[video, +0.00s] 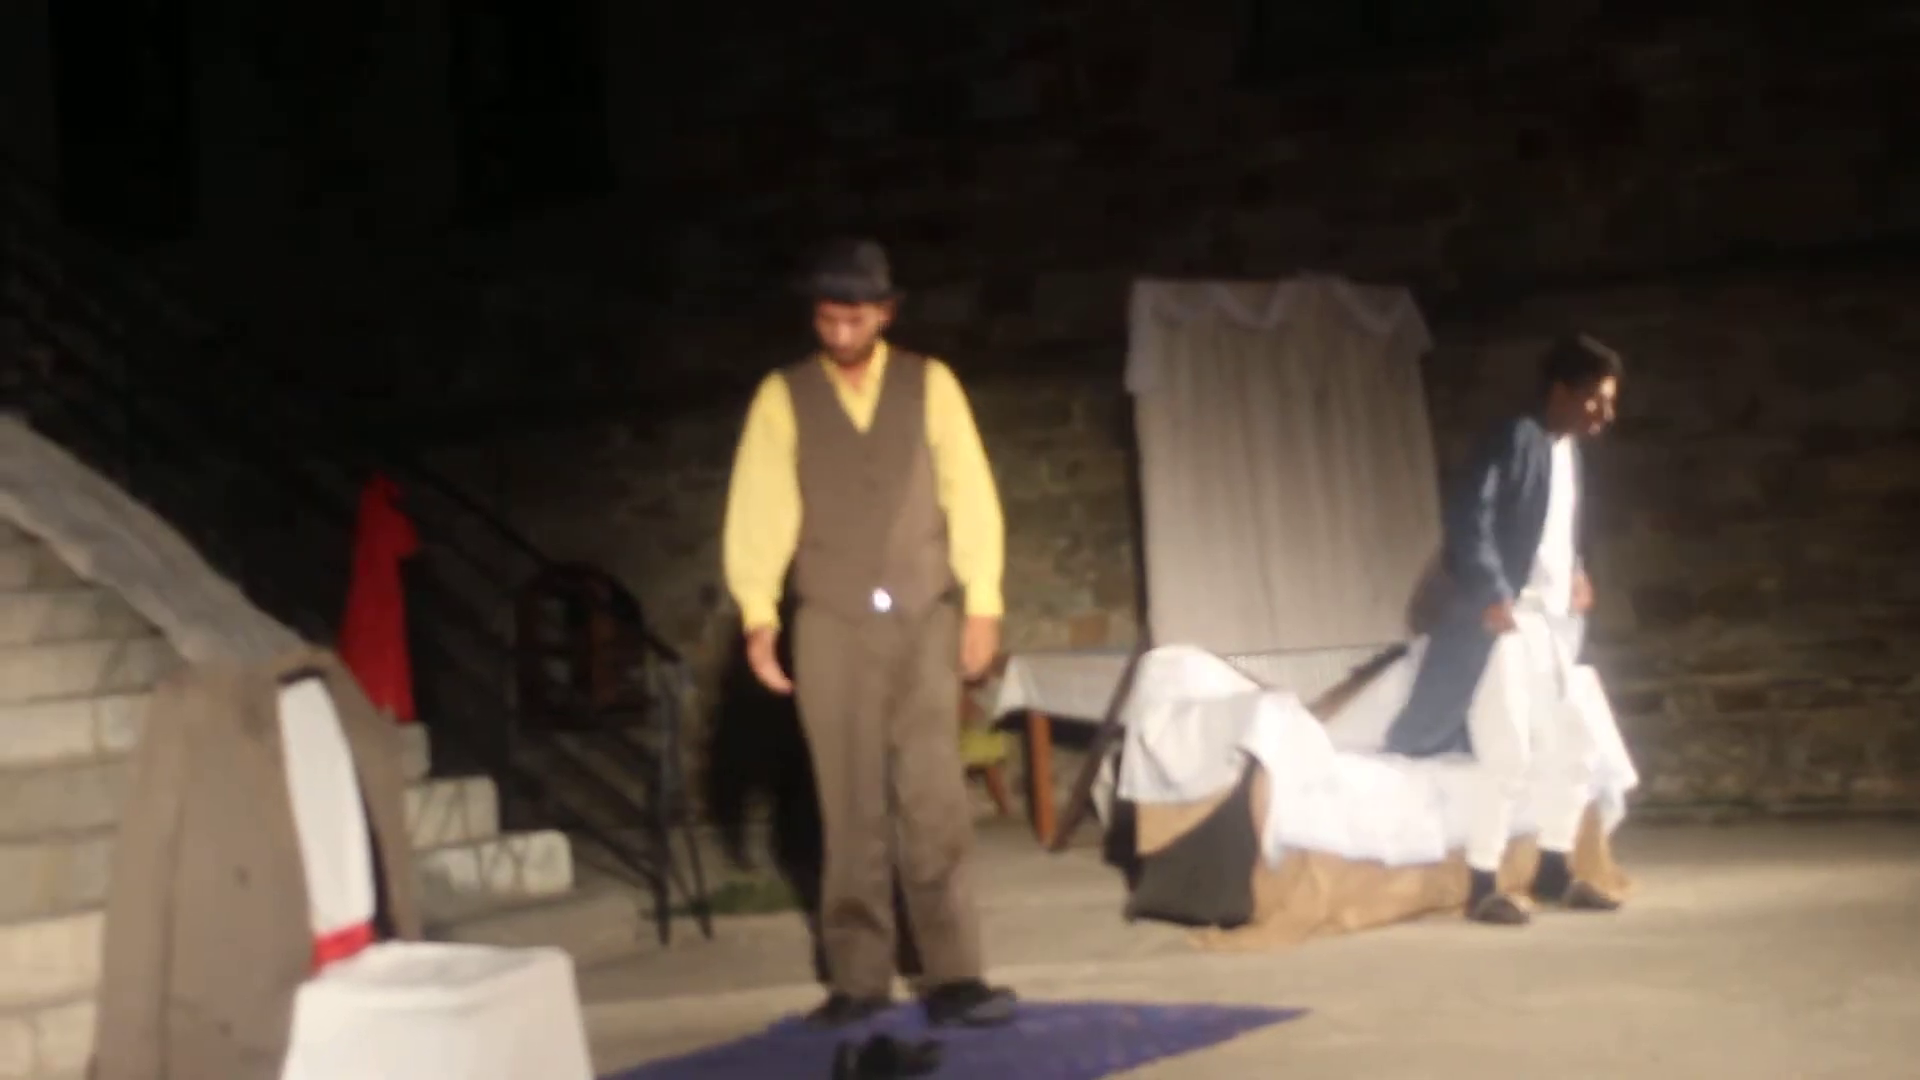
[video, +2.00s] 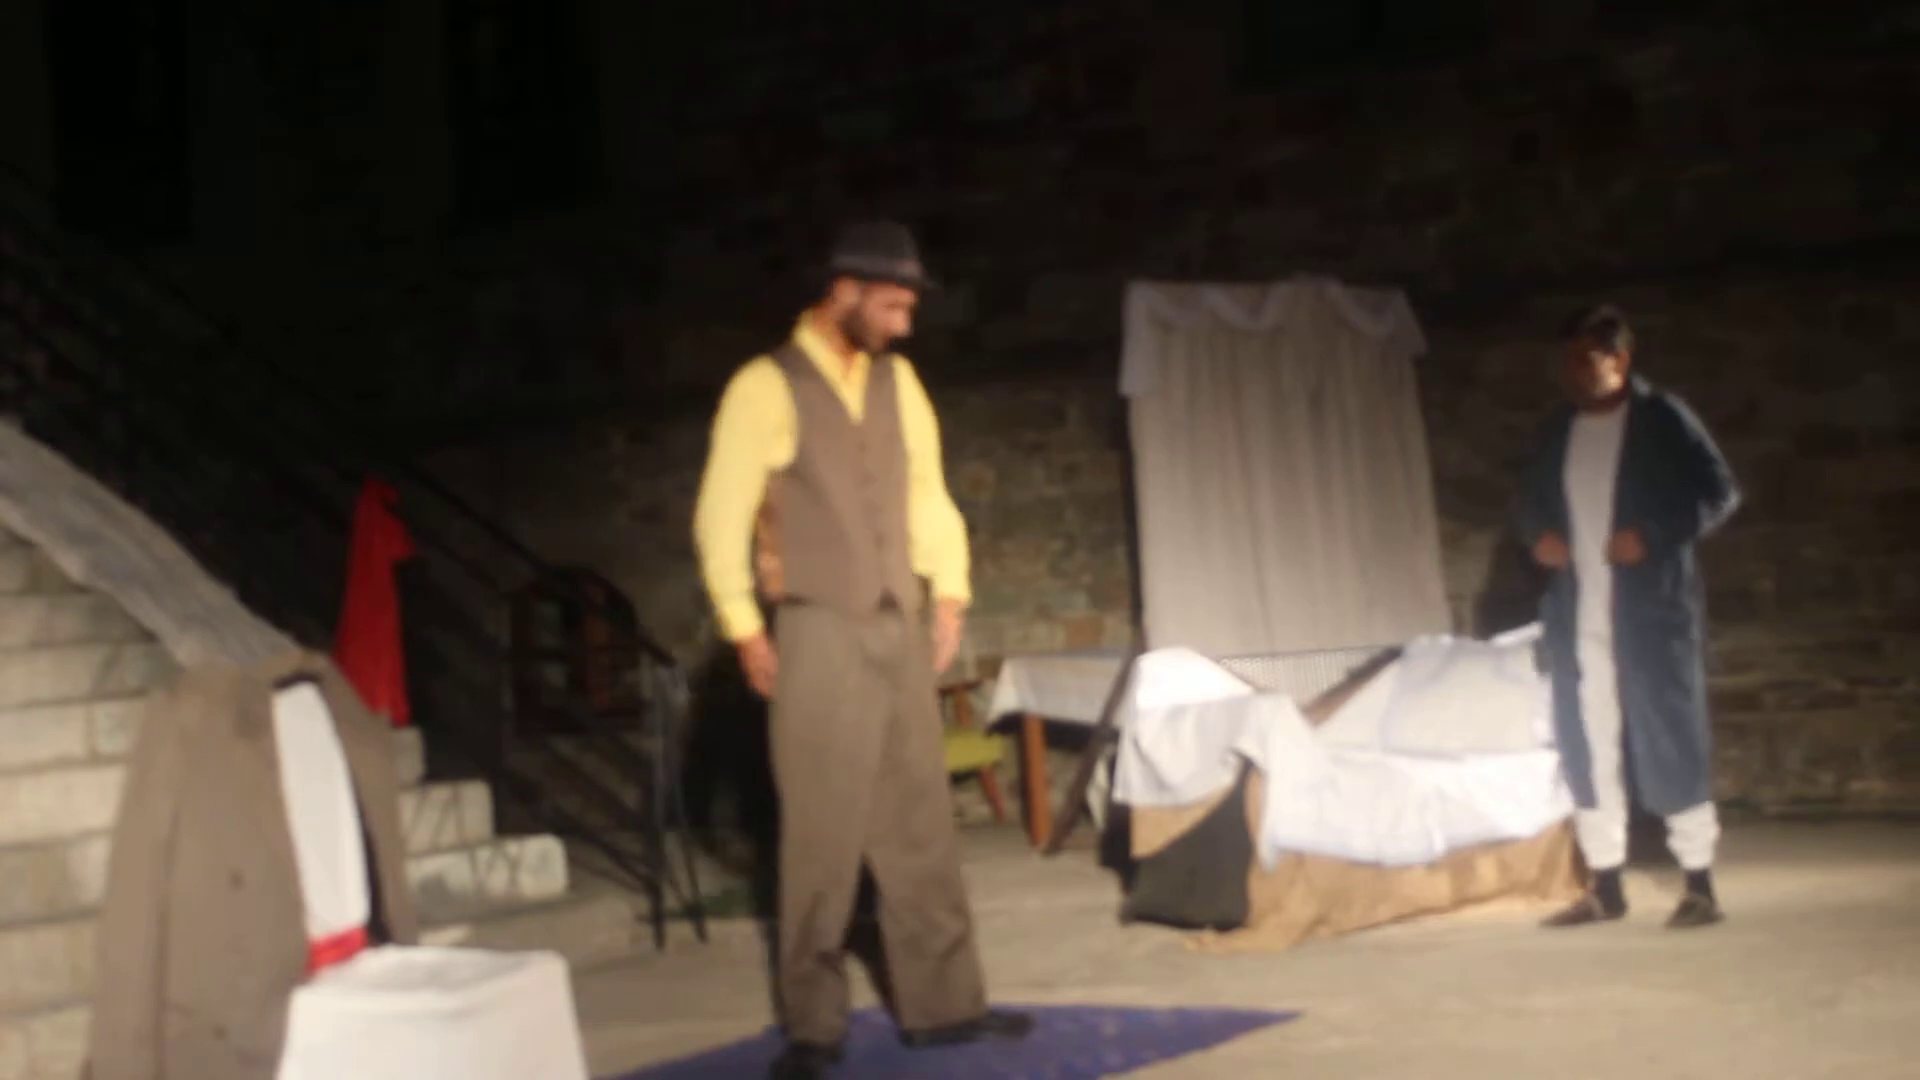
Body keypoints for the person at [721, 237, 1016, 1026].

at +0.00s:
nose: (844, 329)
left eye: (859, 313)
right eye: (831, 312)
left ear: (887, 312)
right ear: (812, 313)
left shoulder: (932, 386)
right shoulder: (782, 399)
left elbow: (972, 498)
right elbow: (757, 509)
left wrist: (982, 607)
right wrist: (758, 613)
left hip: (927, 624)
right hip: (829, 628)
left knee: (934, 801)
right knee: (849, 806)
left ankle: (952, 974)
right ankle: (858, 980)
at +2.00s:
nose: (907, 315)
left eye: (911, 299)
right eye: (894, 298)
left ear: (892, 302)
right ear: (844, 292)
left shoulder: (902, 387)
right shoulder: (766, 387)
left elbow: (930, 498)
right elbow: (722, 515)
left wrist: (950, 594)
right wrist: (744, 628)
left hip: (902, 629)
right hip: (818, 631)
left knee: (919, 816)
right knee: (823, 824)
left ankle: (943, 1004)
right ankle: (812, 1023)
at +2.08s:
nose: (927, 317)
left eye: (931, 303)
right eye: (916, 300)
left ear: (908, 303)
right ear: (867, 292)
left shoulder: (911, 386)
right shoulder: (788, 384)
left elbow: (933, 502)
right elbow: (739, 509)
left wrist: (940, 603)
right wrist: (786, 625)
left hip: (914, 629)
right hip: (838, 633)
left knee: (928, 824)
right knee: (839, 831)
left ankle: (944, 1007)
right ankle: (814, 1026)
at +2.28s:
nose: (968, 322)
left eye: (973, 307)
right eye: (962, 304)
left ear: (936, 300)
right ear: (914, 291)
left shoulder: (924, 383)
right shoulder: (845, 379)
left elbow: (913, 507)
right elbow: (794, 496)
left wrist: (935, 617)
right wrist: (822, 605)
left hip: (932, 620)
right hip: (882, 620)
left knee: (948, 811)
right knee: (894, 813)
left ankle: (946, 1001)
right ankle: (873, 1012)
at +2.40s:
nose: (989, 314)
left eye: (992, 297)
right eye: (983, 295)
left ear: (946, 289)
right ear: (941, 288)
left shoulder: (920, 374)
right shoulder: (877, 373)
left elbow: (899, 500)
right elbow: (820, 484)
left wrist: (942, 613)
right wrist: (843, 599)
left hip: (931, 616)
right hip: (901, 617)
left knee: (947, 809)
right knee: (935, 811)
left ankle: (946, 999)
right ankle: (935, 1008)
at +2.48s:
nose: (999, 307)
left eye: (1001, 290)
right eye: (994, 289)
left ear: (946, 286)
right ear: (953, 286)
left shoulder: (924, 368)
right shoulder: (898, 369)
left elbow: (883, 492)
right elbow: (845, 485)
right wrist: (864, 599)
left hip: (923, 610)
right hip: (918, 612)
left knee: (925, 817)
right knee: (955, 811)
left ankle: (928, 1004)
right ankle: (983, 1002)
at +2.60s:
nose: (1014, 312)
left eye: (1016, 295)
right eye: (1007, 294)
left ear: (963, 290)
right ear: (971, 286)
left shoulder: (923, 363)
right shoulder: (931, 368)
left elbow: (896, 488)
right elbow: (896, 484)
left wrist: (916, 602)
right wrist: (907, 603)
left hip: (917, 617)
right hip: (944, 616)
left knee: (937, 818)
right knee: (991, 805)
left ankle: (938, 1004)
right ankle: (1024, 1000)